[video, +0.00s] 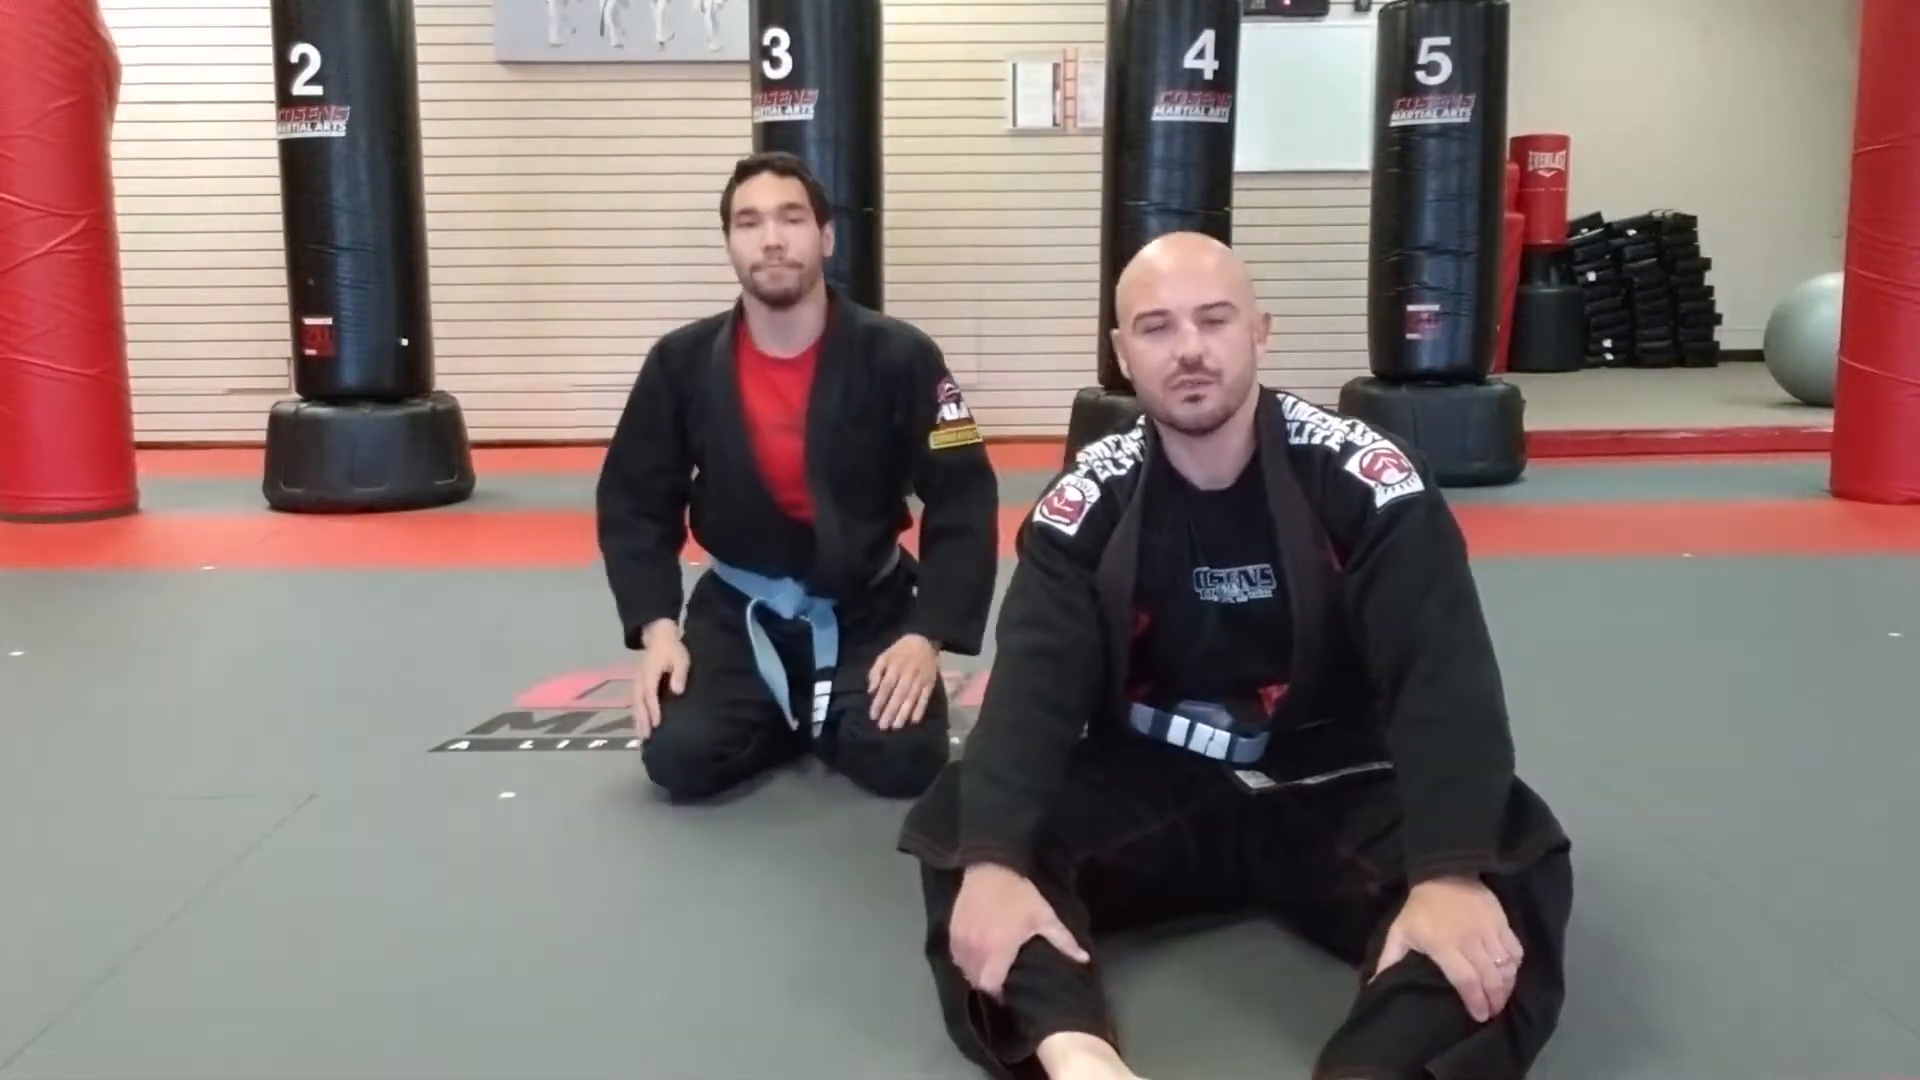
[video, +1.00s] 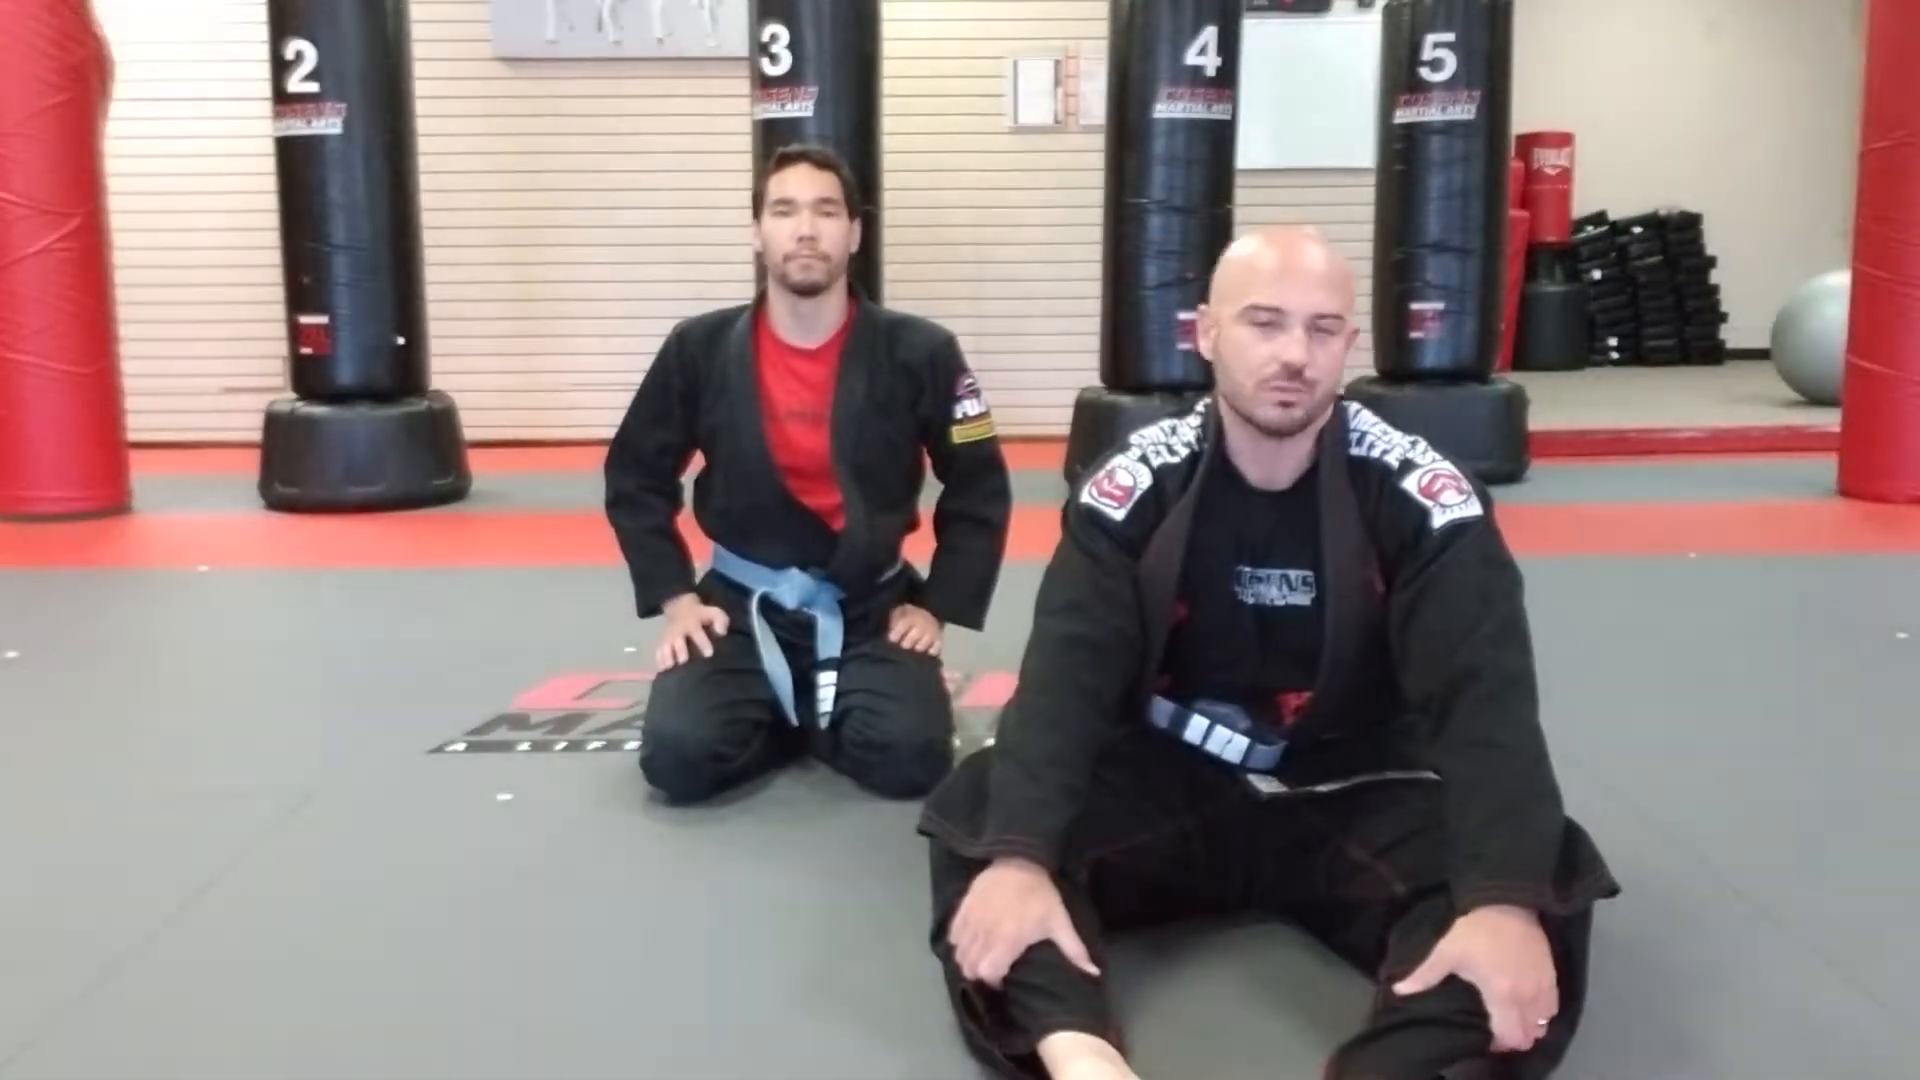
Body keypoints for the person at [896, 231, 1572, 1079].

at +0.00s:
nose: (1188, 349)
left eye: (1214, 320)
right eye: (1156, 328)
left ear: (1260, 334)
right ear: (1121, 352)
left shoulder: (1359, 471)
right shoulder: (1089, 497)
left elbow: (1443, 673)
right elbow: (1032, 688)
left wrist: (1449, 871)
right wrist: (989, 860)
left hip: (1337, 797)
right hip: (1149, 793)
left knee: (1511, 848)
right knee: (965, 825)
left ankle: (1371, 1063)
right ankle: (1082, 1062)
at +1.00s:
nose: (1293, 355)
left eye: (1321, 330)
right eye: (1264, 323)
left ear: (1350, 347)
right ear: (1204, 336)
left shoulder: (1416, 489)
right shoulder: (1137, 482)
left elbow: (1484, 696)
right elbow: (1065, 677)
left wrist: (1504, 900)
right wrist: (1018, 856)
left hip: (1356, 809)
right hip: (1165, 796)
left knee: (1536, 875)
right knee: (981, 807)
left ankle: (1396, 1067)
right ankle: (1085, 1064)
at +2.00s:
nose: (1238, 341)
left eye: (1262, 314)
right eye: (1207, 319)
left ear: (1297, 328)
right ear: (1165, 341)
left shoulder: (1380, 467)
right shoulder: (1121, 474)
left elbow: (1445, 644)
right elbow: (1049, 637)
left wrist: (1450, 790)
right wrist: (1015, 707)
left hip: (1335, 784)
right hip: (1158, 777)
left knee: (1452, 824)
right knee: (1014, 783)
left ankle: (1341, 1058)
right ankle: (1090, 1046)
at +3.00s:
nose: (1080, 357)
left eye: (1103, 319)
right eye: (1046, 332)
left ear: (1157, 307)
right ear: (1014, 339)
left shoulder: (1267, 450)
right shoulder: (973, 457)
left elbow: (1378, 680)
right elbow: (923, 675)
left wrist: (1421, 892)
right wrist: (899, 849)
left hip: (1253, 803)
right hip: (1052, 798)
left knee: (1221, 676)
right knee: (847, 729)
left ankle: (1056, 1042)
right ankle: (789, 1030)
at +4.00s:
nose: (908, 497)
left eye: (933, 469)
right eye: (878, 473)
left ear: (976, 481)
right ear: (833, 494)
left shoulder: (1054, 605)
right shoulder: (772, 609)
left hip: (1030, 938)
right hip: (829, 935)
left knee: (1138, 582)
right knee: (668, 663)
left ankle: (1129, 1027)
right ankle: (730, 1058)